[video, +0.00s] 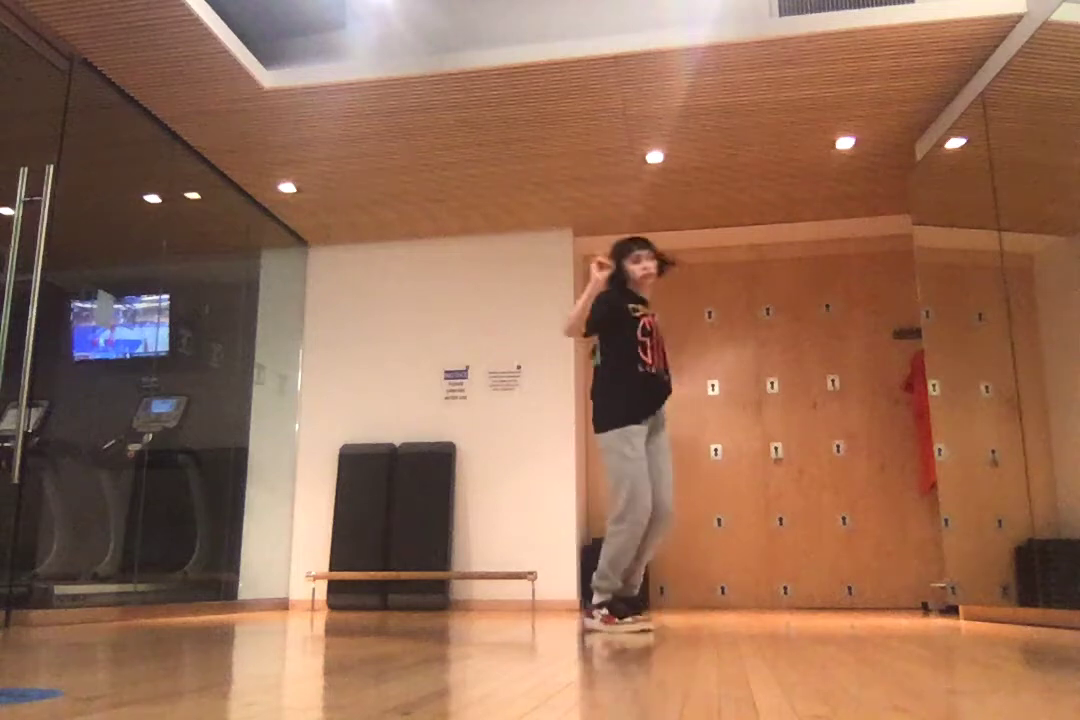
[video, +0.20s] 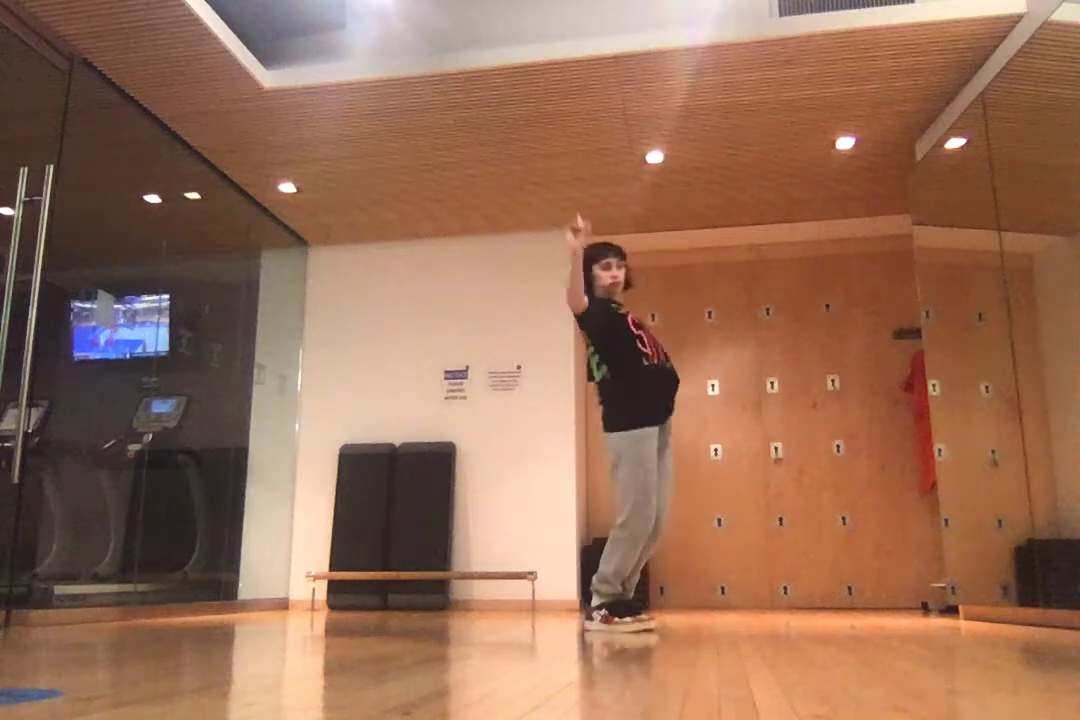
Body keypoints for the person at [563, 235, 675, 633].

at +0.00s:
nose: (646, 267)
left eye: (650, 261)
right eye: (636, 262)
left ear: (657, 268)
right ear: (621, 269)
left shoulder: (644, 306)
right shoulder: (612, 301)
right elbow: (573, 328)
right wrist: (594, 285)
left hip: (652, 414)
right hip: (619, 419)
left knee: (661, 509)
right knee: (634, 506)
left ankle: (624, 596)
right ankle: (599, 603)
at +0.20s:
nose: (613, 274)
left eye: (618, 267)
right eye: (604, 268)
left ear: (626, 274)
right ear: (590, 276)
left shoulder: (621, 316)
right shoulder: (596, 316)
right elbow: (575, 299)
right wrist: (576, 252)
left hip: (655, 424)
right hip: (630, 426)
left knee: (653, 519)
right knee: (638, 516)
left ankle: (618, 603)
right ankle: (604, 604)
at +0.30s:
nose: (608, 279)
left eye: (613, 272)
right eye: (600, 271)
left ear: (618, 279)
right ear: (584, 276)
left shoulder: (609, 313)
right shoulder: (586, 310)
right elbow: (576, 276)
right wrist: (571, 226)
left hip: (659, 418)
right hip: (636, 420)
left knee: (658, 514)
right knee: (638, 511)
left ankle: (620, 601)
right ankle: (602, 604)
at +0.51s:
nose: (642, 298)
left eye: (646, 291)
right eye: (635, 288)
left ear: (648, 294)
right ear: (610, 288)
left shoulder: (636, 334)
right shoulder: (590, 331)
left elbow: (667, 376)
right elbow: (579, 337)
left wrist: (707, 385)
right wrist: (599, 303)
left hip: (636, 433)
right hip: (602, 442)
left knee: (696, 505)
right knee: (646, 521)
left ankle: (720, 595)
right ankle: (605, 603)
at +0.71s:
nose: (673, 326)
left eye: (675, 320)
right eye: (663, 322)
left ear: (681, 326)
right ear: (649, 331)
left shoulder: (661, 370)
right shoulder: (631, 374)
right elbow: (585, 427)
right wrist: (581, 482)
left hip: (624, 457)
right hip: (585, 457)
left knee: (678, 523)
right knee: (628, 519)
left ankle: (729, 600)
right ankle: (608, 608)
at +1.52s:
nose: (583, 322)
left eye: (591, 315)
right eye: (577, 316)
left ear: (603, 325)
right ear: (566, 327)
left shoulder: (624, 358)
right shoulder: (552, 375)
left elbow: (682, 355)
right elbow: (498, 401)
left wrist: (736, 346)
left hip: (617, 461)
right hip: (571, 468)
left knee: (602, 528)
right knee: (527, 531)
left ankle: (567, 601)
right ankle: (472, 593)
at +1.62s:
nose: (582, 315)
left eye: (589, 309)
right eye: (575, 310)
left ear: (601, 317)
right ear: (565, 320)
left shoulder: (621, 358)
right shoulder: (556, 373)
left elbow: (667, 373)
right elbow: (524, 420)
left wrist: (709, 372)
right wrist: (493, 452)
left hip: (618, 459)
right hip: (574, 467)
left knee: (599, 528)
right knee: (563, 535)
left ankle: (568, 599)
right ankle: (569, 593)